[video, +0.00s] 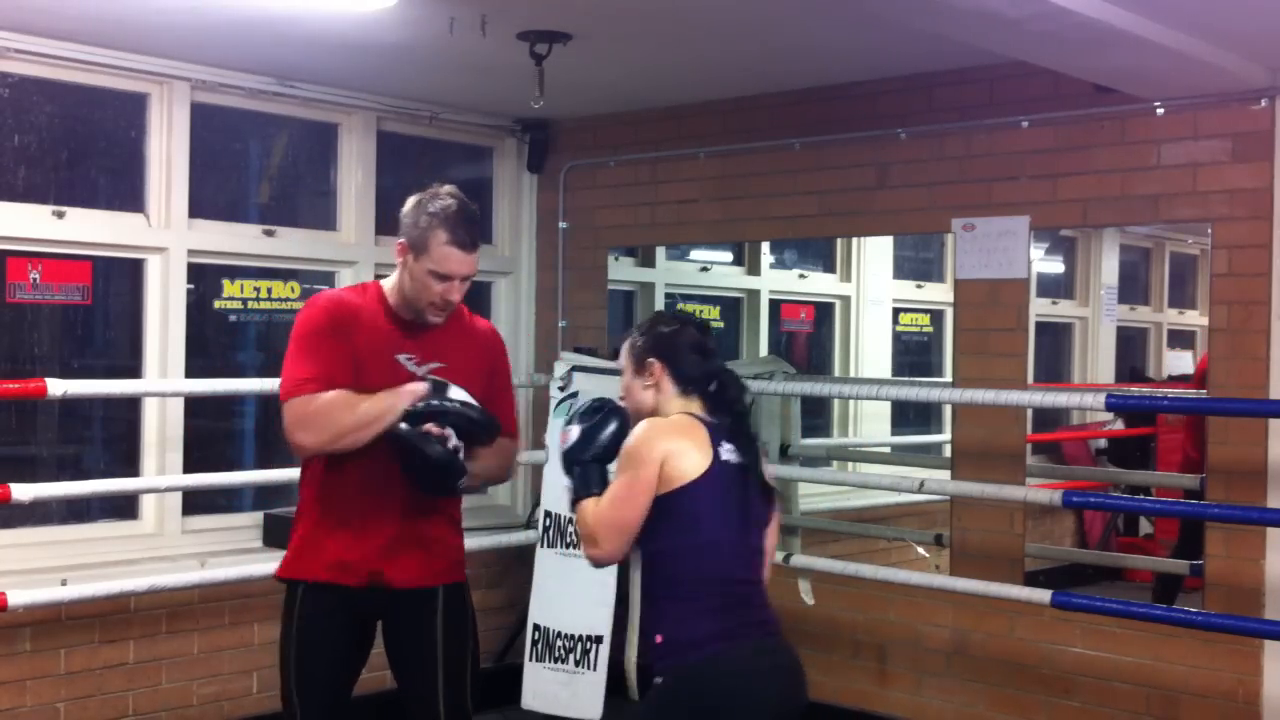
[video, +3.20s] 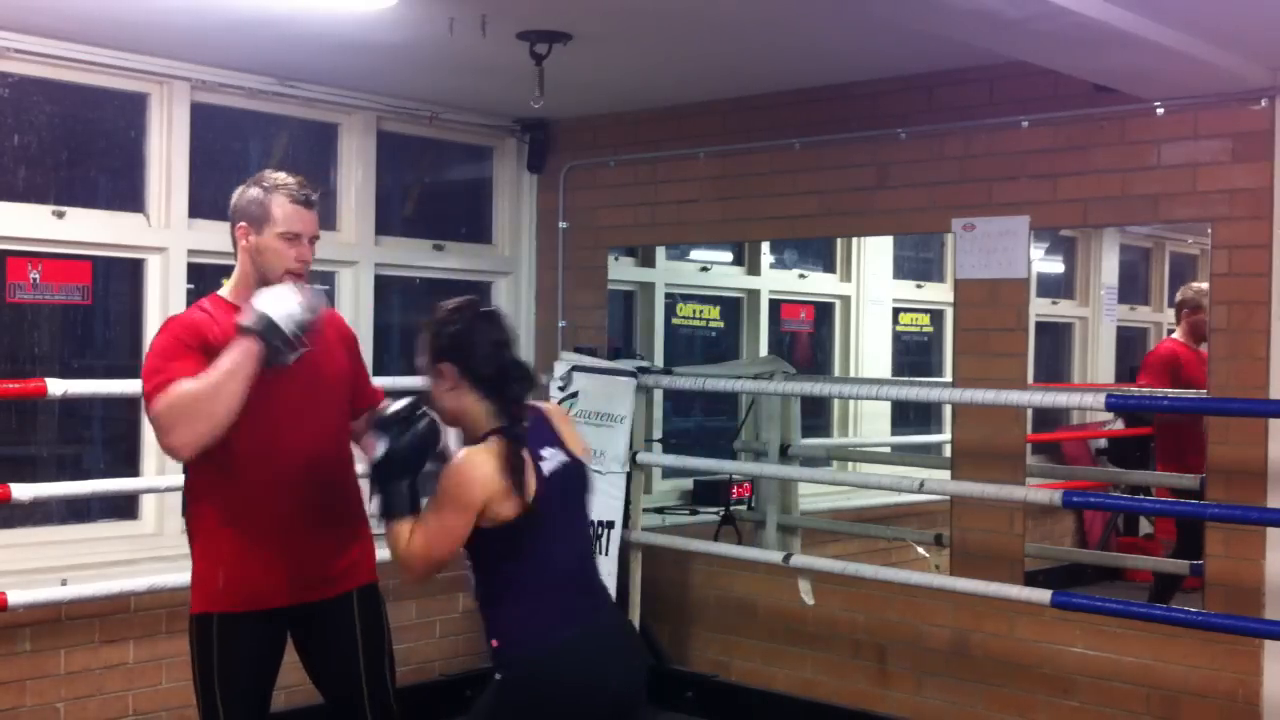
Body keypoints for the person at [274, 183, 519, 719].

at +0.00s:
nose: (453, 294)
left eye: (466, 280)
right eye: (440, 277)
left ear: (476, 266)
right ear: (402, 254)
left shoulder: (481, 340)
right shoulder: (331, 314)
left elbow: (503, 454)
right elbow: (304, 430)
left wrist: (462, 460)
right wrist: (406, 397)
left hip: (431, 571)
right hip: (332, 567)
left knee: (444, 709)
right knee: (312, 709)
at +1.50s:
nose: (480, 274)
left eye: (488, 259)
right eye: (465, 255)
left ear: (494, 257)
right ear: (421, 247)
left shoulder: (492, 338)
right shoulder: (344, 331)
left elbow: (502, 431)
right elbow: (277, 440)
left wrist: (501, 511)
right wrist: (399, 483)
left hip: (442, 585)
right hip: (338, 582)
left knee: (448, 709)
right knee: (307, 711)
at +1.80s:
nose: (431, 264)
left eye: (439, 249)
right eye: (416, 244)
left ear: (444, 253)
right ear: (370, 241)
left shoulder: (446, 342)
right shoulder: (290, 334)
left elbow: (483, 430)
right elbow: (224, 442)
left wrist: (485, 477)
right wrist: (329, 469)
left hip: (400, 587)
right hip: (297, 583)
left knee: (419, 711)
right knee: (263, 711)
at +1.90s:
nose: (392, 262)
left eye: (399, 247)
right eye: (377, 243)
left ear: (404, 249)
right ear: (330, 240)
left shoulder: (408, 335)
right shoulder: (260, 334)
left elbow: (456, 437)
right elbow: (233, 451)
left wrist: (474, 413)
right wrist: (327, 393)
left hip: (376, 584)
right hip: (273, 588)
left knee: (407, 710)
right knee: (250, 711)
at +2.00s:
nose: (364, 257)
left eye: (370, 243)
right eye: (348, 240)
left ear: (378, 243)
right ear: (300, 237)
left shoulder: (383, 329)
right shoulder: (239, 326)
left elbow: (454, 417)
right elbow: (245, 434)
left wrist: (455, 337)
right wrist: (308, 337)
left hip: (359, 577)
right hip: (257, 579)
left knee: (396, 710)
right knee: (242, 712)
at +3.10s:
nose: (307, 260)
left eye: (314, 246)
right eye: (292, 245)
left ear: (321, 242)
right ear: (246, 239)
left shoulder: (333, 324)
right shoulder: (193, 324)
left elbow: (386, 421)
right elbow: (180, 414)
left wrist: (396, 372)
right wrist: (253, 318)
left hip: (344, 577)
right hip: (242, 585)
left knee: (375, 709)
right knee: (238, 713)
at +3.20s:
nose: (306, 256)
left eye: (312, 241)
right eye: (290, 239)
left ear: (316, 242)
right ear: (245, 239)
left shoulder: (331, 330)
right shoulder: (188, 333)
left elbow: (369, 424)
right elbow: (180, 435)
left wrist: (402, 438)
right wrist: (255, 335)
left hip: (338, 578)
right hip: (236, 589)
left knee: (371, 708)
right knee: (231, 715)